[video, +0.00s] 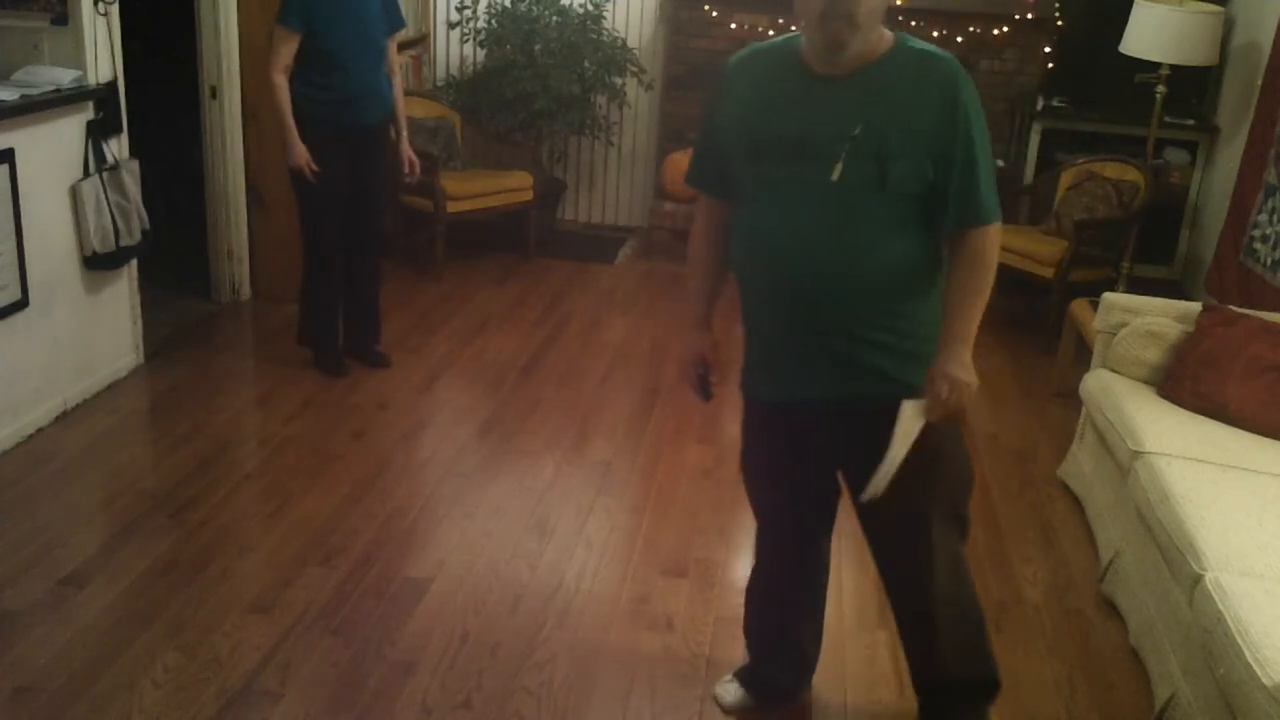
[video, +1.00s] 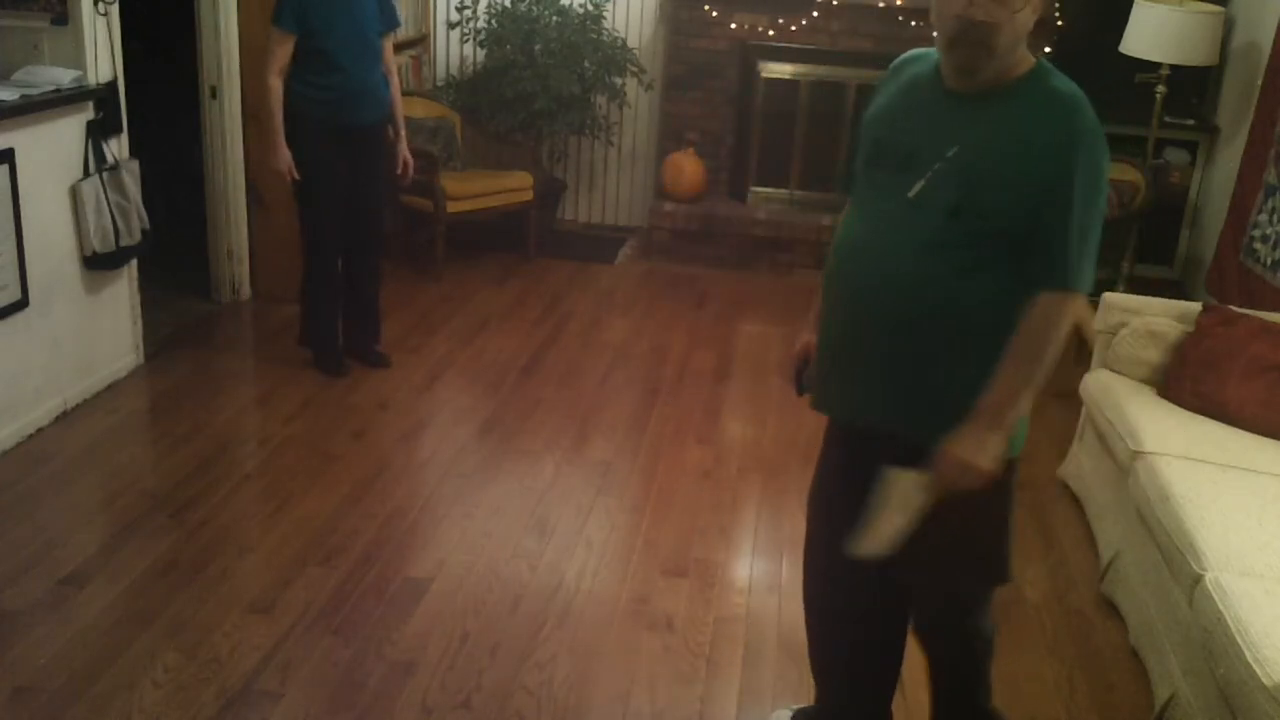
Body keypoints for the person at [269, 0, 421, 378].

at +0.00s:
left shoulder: (384, 6)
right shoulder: (302, 6)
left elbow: (393, 70)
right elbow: (278, 71)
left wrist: (403, 138)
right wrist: (293, 141)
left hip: (372, 136)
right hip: (320, 138)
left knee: (368, 240)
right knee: (325, 242)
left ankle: (363, 339)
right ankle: (324, 346)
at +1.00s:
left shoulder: (379, 6)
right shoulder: (296, 6)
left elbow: (389, 69)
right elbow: (274, 73)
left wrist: (400, 137)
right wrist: (279, 144)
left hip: (370, 133)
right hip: (317, 135)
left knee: (367, 240)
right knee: (322, 242)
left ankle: (363, 340)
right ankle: (323, 345)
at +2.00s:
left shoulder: (379, 6)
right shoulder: (297, 6)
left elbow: (389, 71)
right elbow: (276, 73)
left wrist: (400, 137)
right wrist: (281, 146)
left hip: (370, 133)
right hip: (317, 134)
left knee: (367, 239)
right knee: (322, 241)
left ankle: (363, 339)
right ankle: (323, 345)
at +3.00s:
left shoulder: (385, 6)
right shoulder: (302, 7)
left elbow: (394, 73)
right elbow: (282, 74)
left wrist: (401, 140)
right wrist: (284, 145)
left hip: (375, 132)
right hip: (320, 133)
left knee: (368, 239)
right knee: (325, 240)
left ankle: (364, 340)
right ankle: (324, 345)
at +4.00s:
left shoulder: (331, 8)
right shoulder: (250, 8)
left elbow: (339, 81)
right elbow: (222, 82)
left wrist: (349, 151)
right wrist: (235, 157)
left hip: (321, 147)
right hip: (261, 151)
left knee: (346, 250)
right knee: (268, 262)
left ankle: (343, 341)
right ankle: (265, 370)